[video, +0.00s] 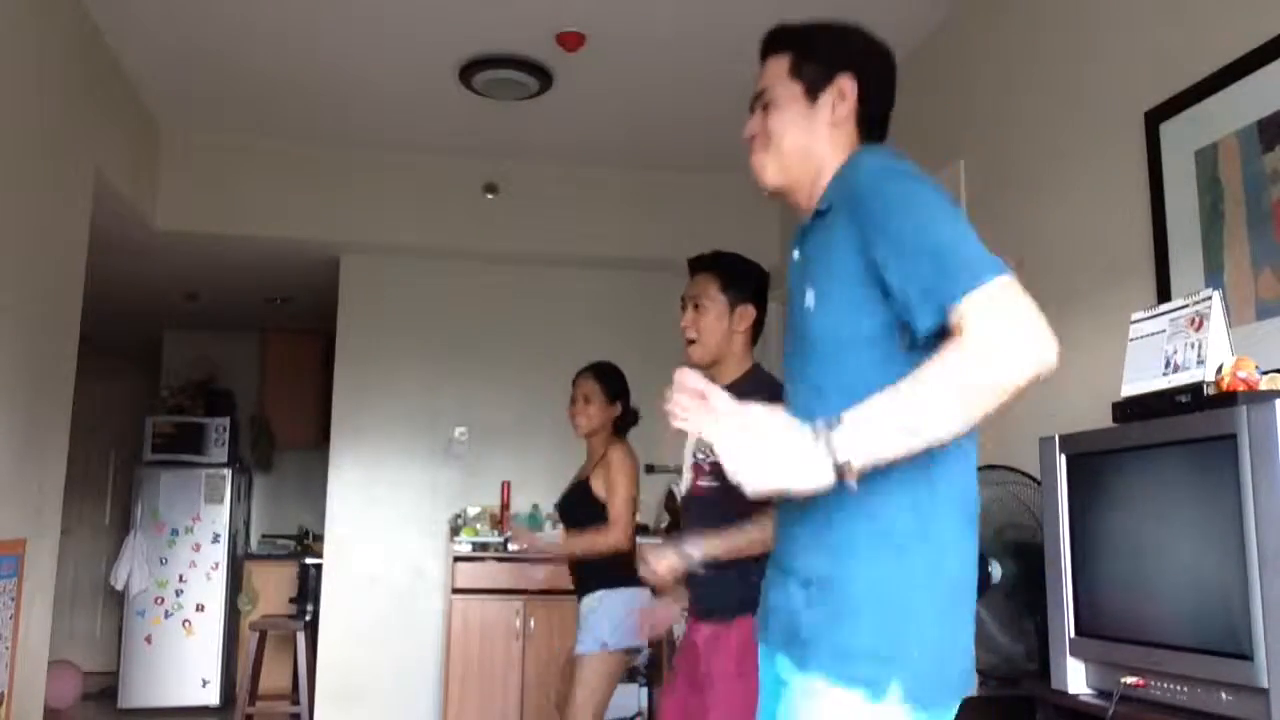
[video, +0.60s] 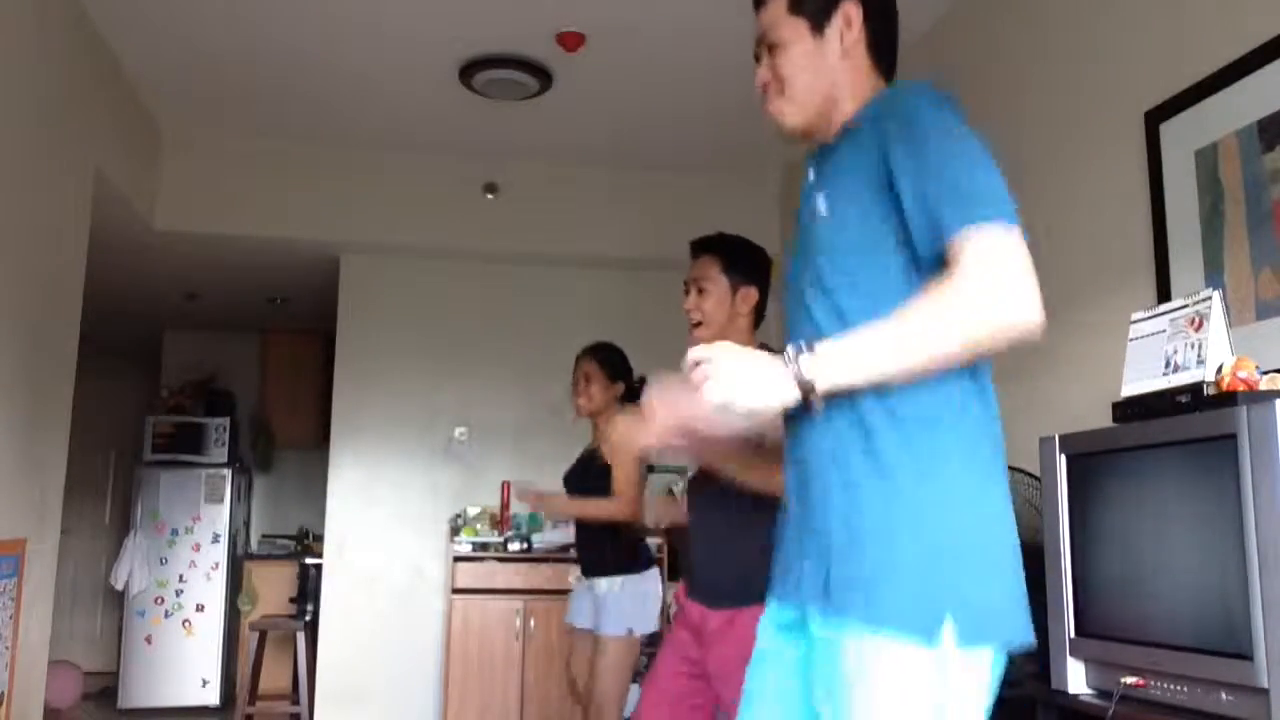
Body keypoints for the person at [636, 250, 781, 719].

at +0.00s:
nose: (684, 322)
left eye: (698, 307)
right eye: (685, 308)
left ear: (744, 318)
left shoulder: (768, 403)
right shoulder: (710, 401)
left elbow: (793, 520)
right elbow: (709, 519)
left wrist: (688, 551)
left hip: (745, 624)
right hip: (699, 621)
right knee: (677, 713)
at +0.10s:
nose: (683, 317)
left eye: (696, 302)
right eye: (683, 304)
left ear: (741, 311)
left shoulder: (763, 390)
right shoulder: (713, 398)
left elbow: (763, 497)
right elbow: (724, 512)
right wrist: (670, 559)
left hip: (749, 632)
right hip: (697, 623)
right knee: (647, 713)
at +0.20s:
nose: (681, 307)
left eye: (693, 291)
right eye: (679, 293)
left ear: (739, 300)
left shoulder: (763, 372)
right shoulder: (708, 383)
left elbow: (765, 473)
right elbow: (703, 493)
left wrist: (681, 436)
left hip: (748, 609)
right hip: (696, 603)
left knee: (746, 715)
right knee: (661, 714)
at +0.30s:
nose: (682, 312)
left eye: (697, 298)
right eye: (683, 298)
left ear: (740, 311)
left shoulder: (766, 395)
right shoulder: (700, 395)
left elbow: (801, 500)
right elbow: (688, 499)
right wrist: (622, 447)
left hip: (751, 603)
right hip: (705, 604)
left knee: (722, 712)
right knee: (679, 712)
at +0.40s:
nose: (688, 319)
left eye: (703, 305)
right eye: (688, 306)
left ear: (747, 318)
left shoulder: (763, 403)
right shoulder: (707, 401)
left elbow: (796, 517)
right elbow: (709, 520)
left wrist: (694, 561)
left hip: (752, 616)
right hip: (707, 615)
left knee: (723, 714)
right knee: (676, 713)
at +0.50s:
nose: (690, 316)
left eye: (704, 302)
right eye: (689, 303)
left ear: (748, 314)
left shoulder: (767, 394)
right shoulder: (715, 397)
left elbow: (766, 515)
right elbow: (718, 515)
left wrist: (669, 512)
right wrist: (664, 579)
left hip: (756, 629)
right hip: (700, 625)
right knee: (662, 713)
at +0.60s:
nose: (688, 305)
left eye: (701, 290)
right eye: (687, 292)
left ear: (746, 299)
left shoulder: (778, 384)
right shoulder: (708, 389)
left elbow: (800, 481)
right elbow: (718, 504)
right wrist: (663, 512)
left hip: (755, 618)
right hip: (693, 612)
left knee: (751, 712)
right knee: (656, 713)